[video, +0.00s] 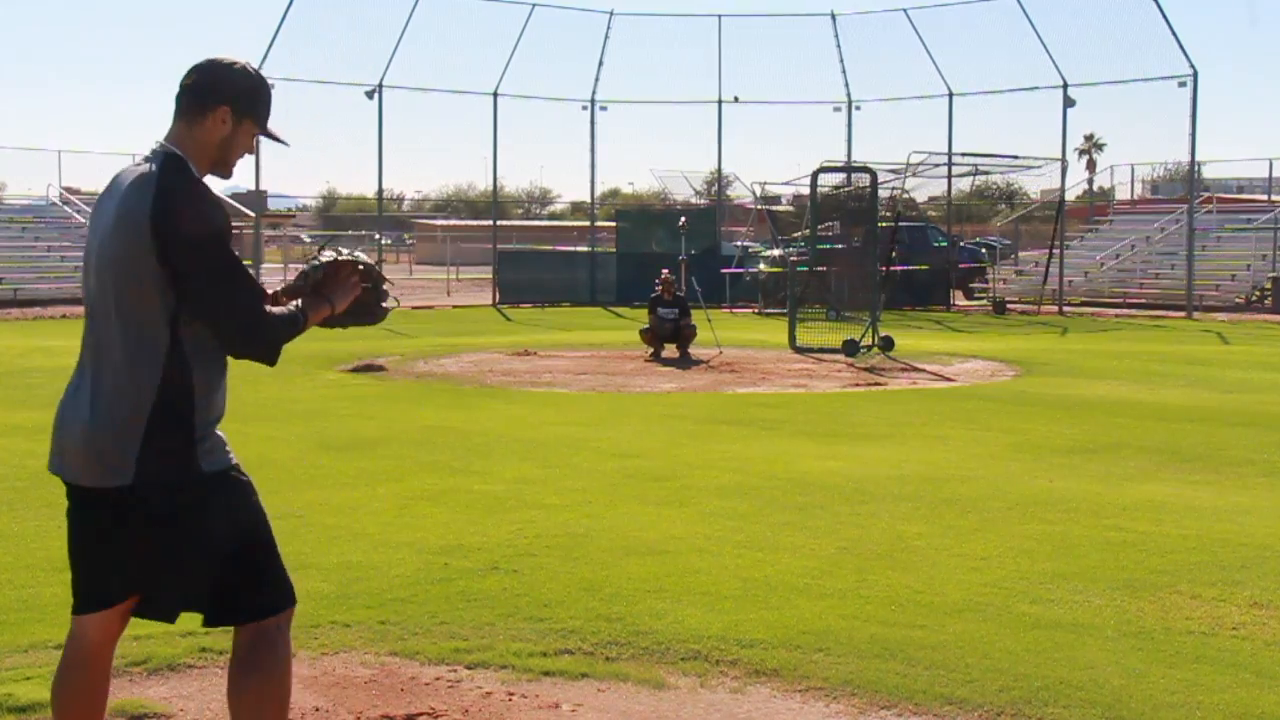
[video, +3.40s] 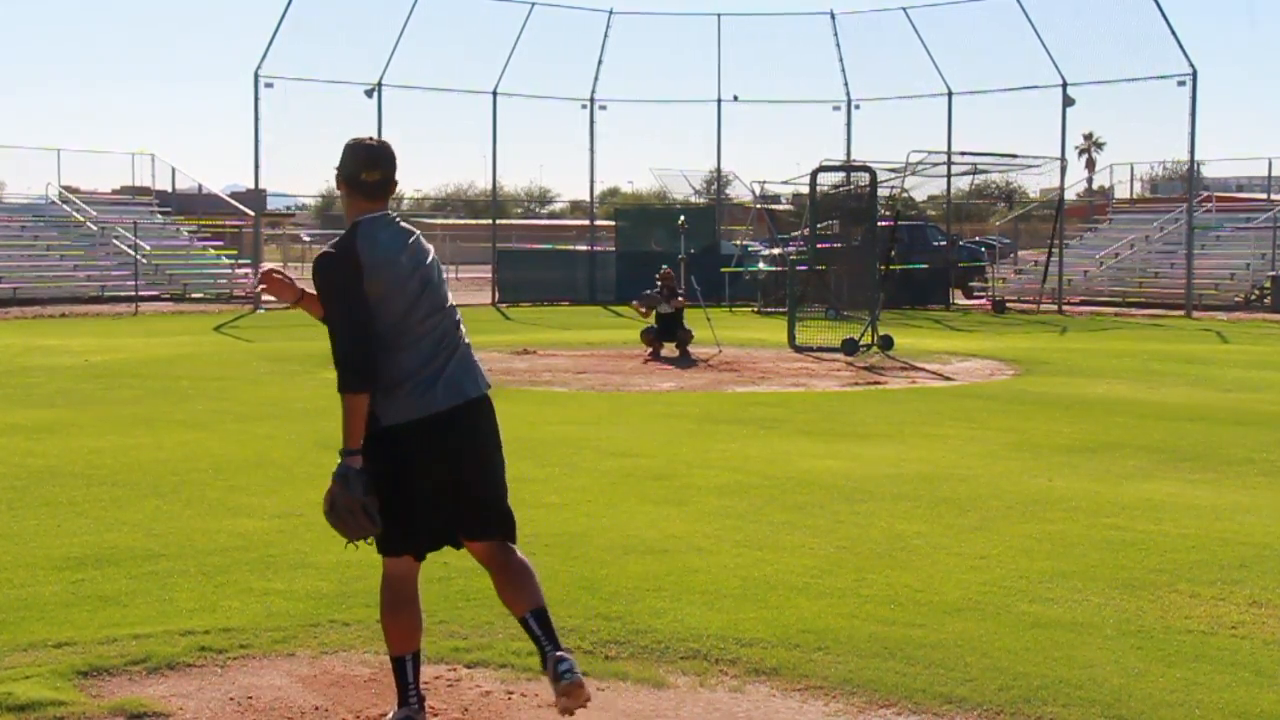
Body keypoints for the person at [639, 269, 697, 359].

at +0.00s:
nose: (668, 287)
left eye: (670, 284)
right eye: (665, 284)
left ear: (674, 286)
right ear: (662, 286)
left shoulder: (680, 299)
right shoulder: (654, 299)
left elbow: (687, 319)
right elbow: (652, 318)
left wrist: (674, 324)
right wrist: (662, 326)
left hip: (677, 329)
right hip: (660, 329)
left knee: (691, 329)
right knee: (645, 332)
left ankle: (683, 349)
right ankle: (657, 348)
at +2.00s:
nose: (668, 286)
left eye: (671, 283)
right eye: (665, 283)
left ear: (675, 284)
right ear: (661, 284)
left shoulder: (681, 299)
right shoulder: (654, 298)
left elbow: (686, 319)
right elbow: (652, 318)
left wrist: (673, 324)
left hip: (676, 327)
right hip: (660, 327)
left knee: (690, 329)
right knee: (645, 332)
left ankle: (683, 349)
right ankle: (656, 348)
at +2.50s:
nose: (667, 286)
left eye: (670, 283)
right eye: (664, 283)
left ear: (674, 285)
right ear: (660, 285)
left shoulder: (680, 299)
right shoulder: (654, 299)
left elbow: (686, 316)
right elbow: (651, 318)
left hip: (677, 326)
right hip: (661, 326)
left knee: (688, 328)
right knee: (646, 331)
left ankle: (683, 349)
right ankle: (657, 347)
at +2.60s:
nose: (667, 285)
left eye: (670, 282)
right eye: (665, 283)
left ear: (674, 284)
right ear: (661, 284)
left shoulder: (679, 298)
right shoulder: (654, 299)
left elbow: (690, 316)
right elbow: (650, 318)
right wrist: (659, 321)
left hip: (675, 326)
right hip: (660, 325)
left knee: (689, 329)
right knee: (646, 331)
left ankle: (683, 350)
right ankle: (656, 348)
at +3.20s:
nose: (666, 287)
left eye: (669, 284)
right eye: (664, 284)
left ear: (673, 284)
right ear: (659, 285)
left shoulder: (678, 296)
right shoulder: (655, 297)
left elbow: (687, 305)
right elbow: (649, 317)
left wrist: (680, 306)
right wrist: (651, 315)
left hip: (675, 327)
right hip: (660, 328)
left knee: (687, 331)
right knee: (645, 331)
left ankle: (683, 350)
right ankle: (656, 348)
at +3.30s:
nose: (666, 285)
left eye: (669, 282)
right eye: (663, 282)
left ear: (673, 283)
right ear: (659, 283)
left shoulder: (678, 295)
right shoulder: (655, 296)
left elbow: (685, 304)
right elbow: (649, 318)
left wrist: (679, 306)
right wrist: (649, 305)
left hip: (676, 330)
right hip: (660, 330)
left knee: (687, 332)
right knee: (645, 332)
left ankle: (683, 349)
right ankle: (656, 348)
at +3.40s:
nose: (666, 282)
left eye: (668, 279)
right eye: (663, 279)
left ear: (673, 280)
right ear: (659, 280)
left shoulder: (678, 293)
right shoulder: (655, 295)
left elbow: (681, 303)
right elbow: (646, 315)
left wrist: (675, 303)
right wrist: (638, 308)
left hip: (677, 330)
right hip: (661, 331)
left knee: (686, 334)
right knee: (646, 334)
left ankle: (682, 349)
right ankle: (656, 347)